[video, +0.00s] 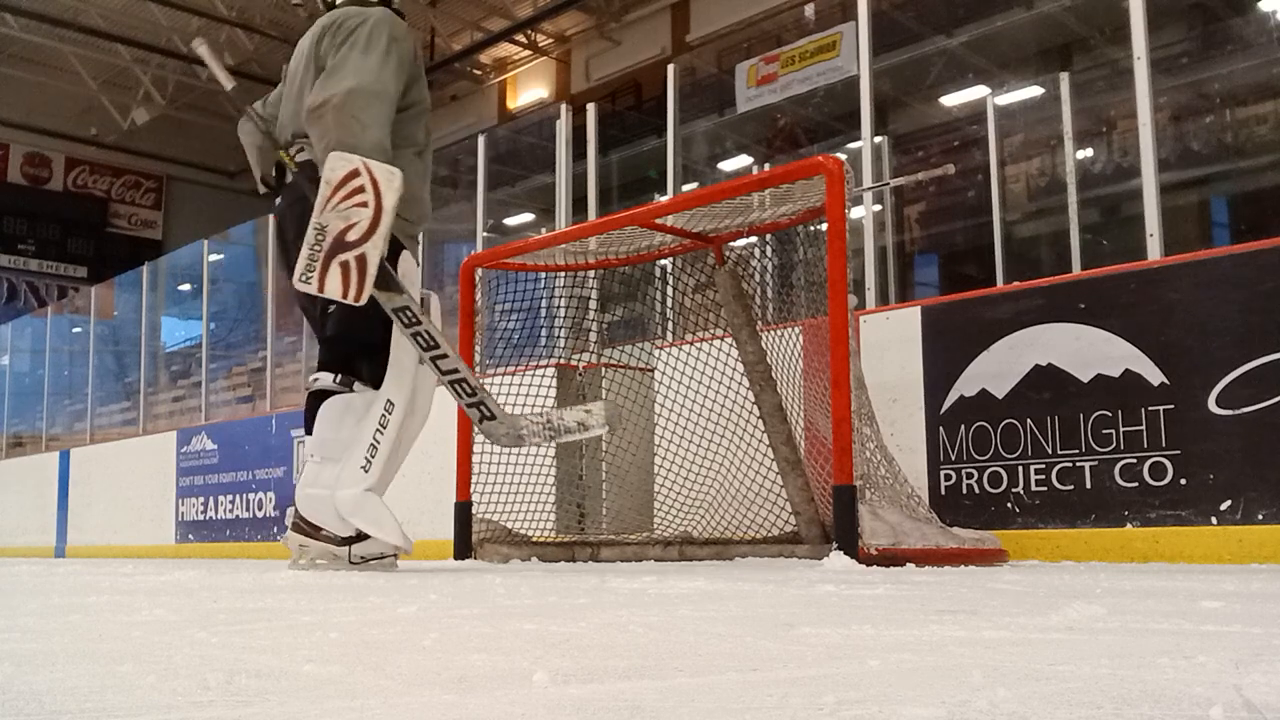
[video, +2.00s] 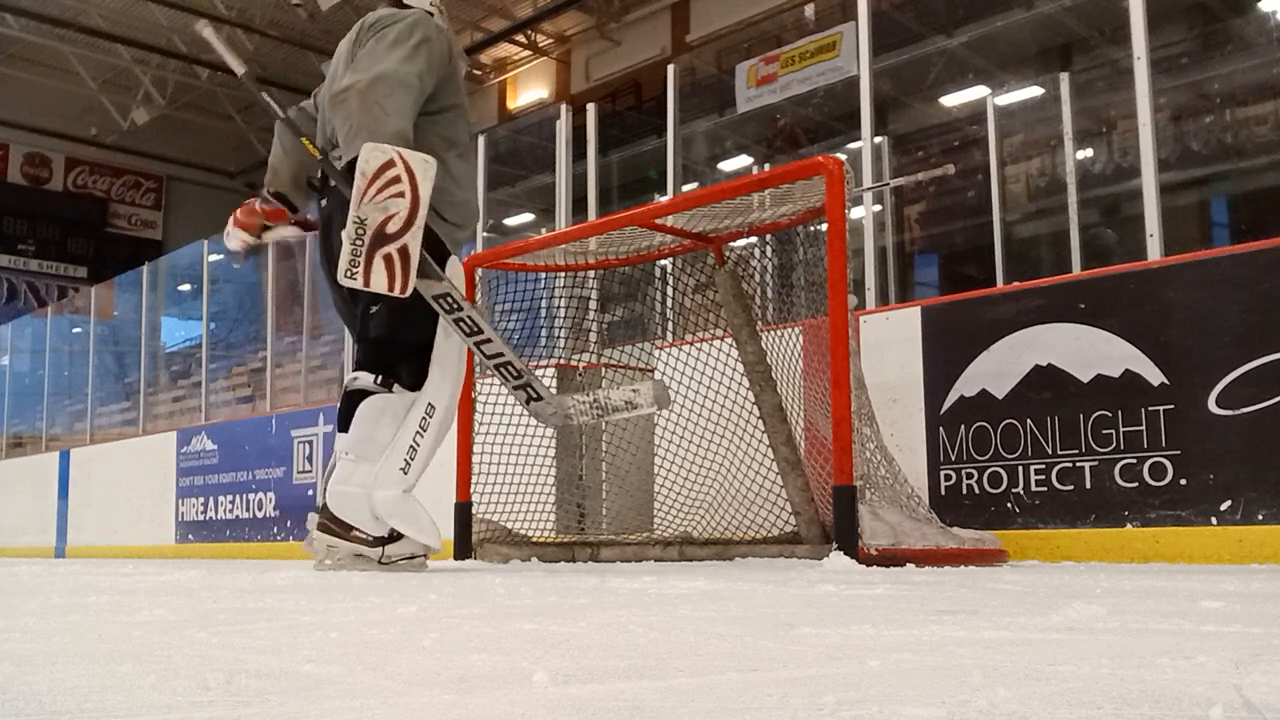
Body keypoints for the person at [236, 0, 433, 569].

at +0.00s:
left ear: (335, 1)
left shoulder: (314, 46)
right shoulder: (375, 26)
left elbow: (259, 117)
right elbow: (347, 117)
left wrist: (272, 175)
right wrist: (355, 233)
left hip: (309, 219)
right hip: (356, 225)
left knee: (346, 366)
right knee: (393, 369)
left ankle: (321, 517)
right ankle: (333, 513)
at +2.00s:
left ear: (386, 1)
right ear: (430, 2)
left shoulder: (358, 47)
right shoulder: (415, 27)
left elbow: (302, 123)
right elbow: (371, 102)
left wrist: (278, 199)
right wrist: (385, 209)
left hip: (359, 231)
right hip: (404, 232)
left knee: (376, 373)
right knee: (416, 376)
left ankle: (349, 514)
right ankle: (363, 516)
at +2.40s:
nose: (452, 16)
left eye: (451, 11)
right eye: (448, 10)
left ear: (392, 17)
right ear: (428, 13)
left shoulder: (358, 76)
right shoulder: (421, 45)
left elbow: (308, 142)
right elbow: (395, 117)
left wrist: (331, 199)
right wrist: (432, 219)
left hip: (353, 229)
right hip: (398, 223)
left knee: (383, 371)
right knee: (436, 373)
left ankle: (355, 513)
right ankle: (366, 507)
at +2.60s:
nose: (463, 38)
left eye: (465, 31)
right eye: (455, 27)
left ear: (417, 26)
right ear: (427, 22)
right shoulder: (423, 56)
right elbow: (383, 126)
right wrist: (416, 234)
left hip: (377, 236)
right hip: (395, 230)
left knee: (395, 374)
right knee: (423, 373)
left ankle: (368, 510)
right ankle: (371, 504)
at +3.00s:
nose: (501, 55)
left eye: (505, 48)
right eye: (492, 44)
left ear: (502, 55)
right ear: (462, 43)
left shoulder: (476, 108)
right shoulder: (442, 79)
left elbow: (461, 194)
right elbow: (385, 144)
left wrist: (491, 255)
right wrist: (382, 241)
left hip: (449, 259)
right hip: (439, 255)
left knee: (430, 389)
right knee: (469, 382)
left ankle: (395, 513)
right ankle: (445, 514)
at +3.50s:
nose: (525, 32)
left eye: (535, 24)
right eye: (515, 23)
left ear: (548, 35)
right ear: (499, 31)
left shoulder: (549, 110)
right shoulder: (478, 77)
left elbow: (540, 192)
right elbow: (428, 148)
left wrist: (541, 260)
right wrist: (409, 236)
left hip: (525, 267)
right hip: (469, 257)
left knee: (510, 397)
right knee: (492, 396)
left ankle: (458, 525)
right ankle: (474, 526)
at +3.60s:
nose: (533, 29)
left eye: (542, 22)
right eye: (522, 19)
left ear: (553, 34)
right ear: (503, 28)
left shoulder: (565, 113)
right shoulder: (483, 73)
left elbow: (562, 190)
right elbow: (438, 139)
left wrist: (553, 246)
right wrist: (422, 218)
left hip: (545, 268)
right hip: (482, 255)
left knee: (542, 396)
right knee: (501, 390)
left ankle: (519, 527)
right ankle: (480, 524)